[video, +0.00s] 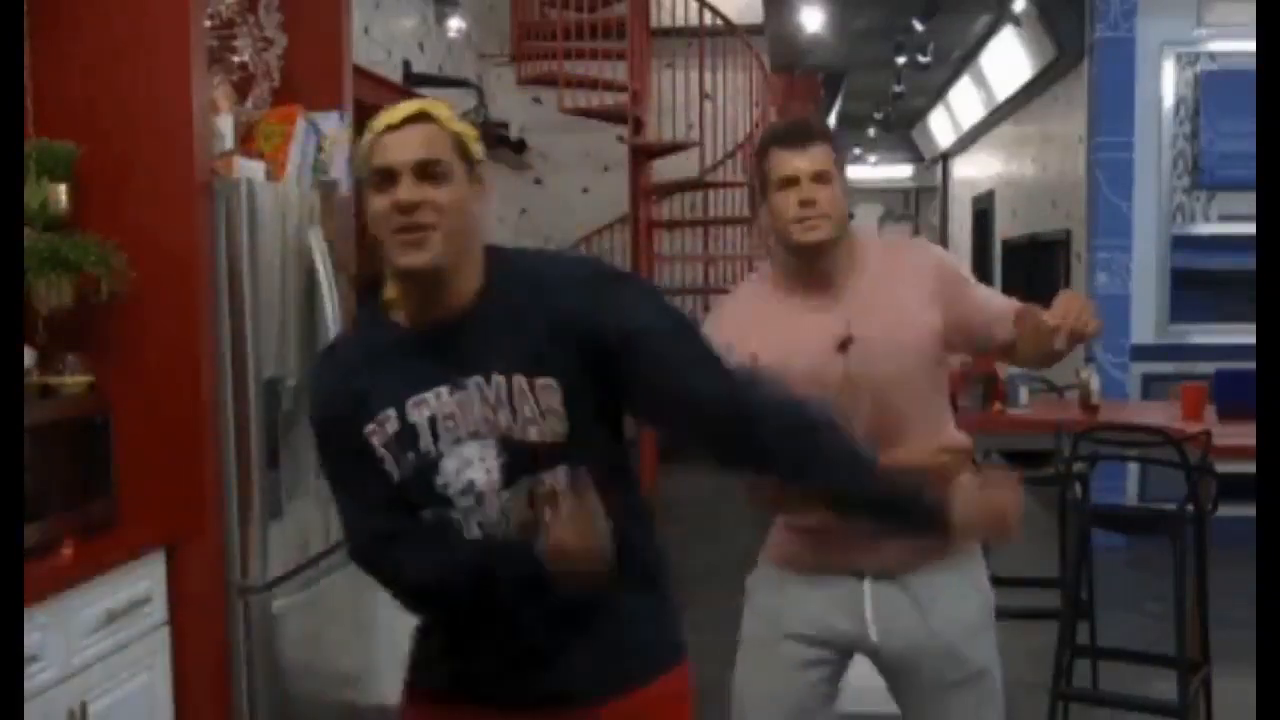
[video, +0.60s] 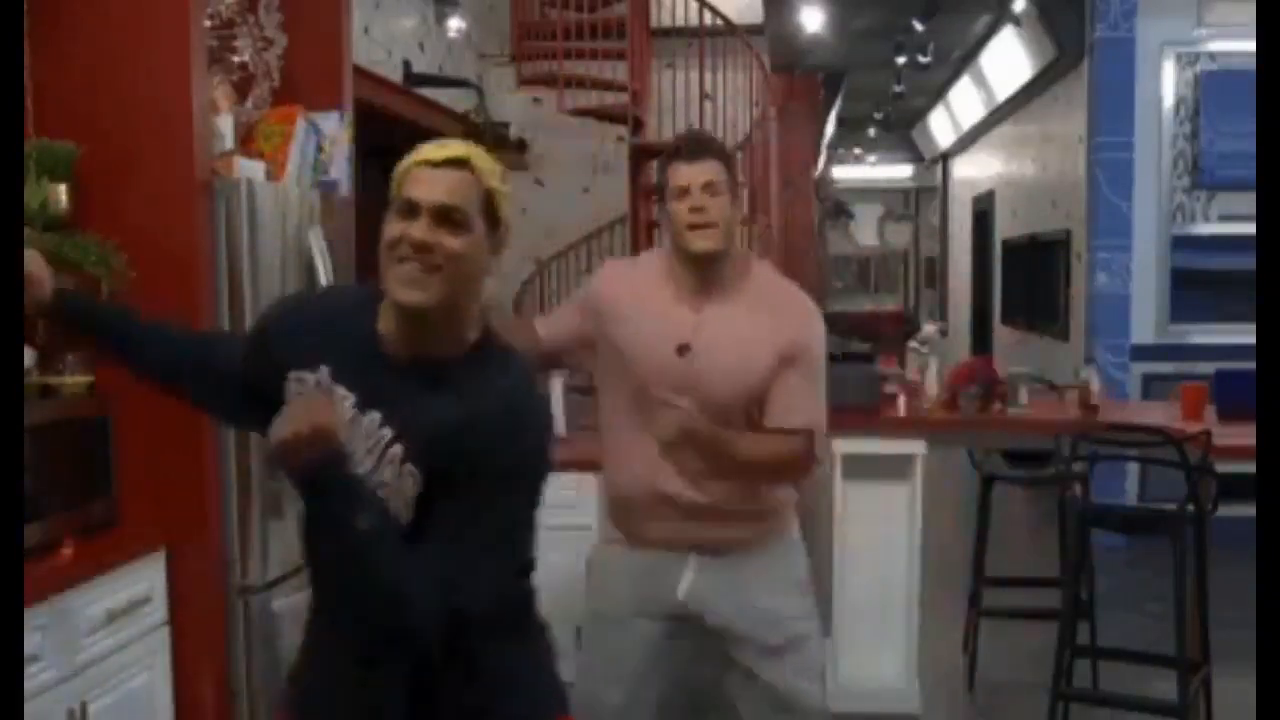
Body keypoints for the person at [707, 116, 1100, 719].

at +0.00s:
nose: (807, 196)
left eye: (821, 179)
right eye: (787, 185)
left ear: (845, 191)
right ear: (763, 205)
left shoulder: (919, 269)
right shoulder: (734, 323)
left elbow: (1014, 336)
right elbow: (761, 485)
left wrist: (1059, 325)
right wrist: (894, 469)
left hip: (933, 574)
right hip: (799, 579)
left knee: (967, 709)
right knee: (764, 710)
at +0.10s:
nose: (816, 189)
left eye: (830, 172)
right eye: (797, 177)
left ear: (852, 184)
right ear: (773, 196)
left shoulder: (921, 268)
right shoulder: (733, 316)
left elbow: (1006, 349)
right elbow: (747, 464)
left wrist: (1057, 358)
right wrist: (884, 486)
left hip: (932, 566)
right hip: (803, 571)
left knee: (963, 709)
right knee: (787, 710)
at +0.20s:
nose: (822, 208)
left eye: (837, 194)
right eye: (804, 196)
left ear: (860, 210)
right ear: (779, 215)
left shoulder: (924, 308)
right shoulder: (734, 328)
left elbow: (983, 427)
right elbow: (727, 464)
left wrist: (1058, 485)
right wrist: (815, 556)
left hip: (912, 570)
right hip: (777, 574)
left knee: (947, 704)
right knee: (739, 702)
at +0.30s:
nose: (811, 209)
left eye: (826, 196)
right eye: (794, 198)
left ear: (848, 215)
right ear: (769, 219)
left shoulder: (909, 311)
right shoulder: (720, 329)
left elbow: (957, 432)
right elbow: (712, 466)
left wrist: (1025, 541)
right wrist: (753, 568)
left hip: (895, 585)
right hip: (761, 586)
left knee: (932, 708)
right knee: (734, 707)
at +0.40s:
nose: (766, 190)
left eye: (782, 177)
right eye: (750, 177)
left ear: (807, 198)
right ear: (728, 194)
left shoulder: (851, 293)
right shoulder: (666, 290)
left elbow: (894, 422)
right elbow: (620, 413)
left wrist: (858, 529)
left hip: (825, 576)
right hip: (695, 577)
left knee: (880, 709)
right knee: (676, 711)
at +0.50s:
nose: (741, 201)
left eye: (757, 188)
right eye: (725, 189)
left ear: (780, 207)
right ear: (703, 207)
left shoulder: (825, 310)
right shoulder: (641, 299)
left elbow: (848, 451)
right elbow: (594, 418)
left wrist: (782, 509)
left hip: (796, 572)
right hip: (669, 578)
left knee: (856, 706)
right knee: (659, 711)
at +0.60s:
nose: (698, 207)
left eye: (713, 192)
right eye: (682, 195)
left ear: (738, 205)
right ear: (662, 211)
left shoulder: (791, 312)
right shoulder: (617, 288)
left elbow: (795, 452)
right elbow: (532, 344)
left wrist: (710, 439)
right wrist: (467, 313)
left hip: (758, 562)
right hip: (636, 559)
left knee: (794, 707)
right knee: (612, 710)